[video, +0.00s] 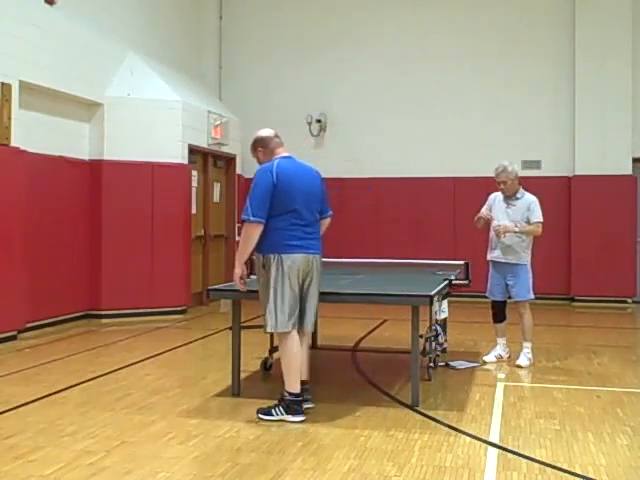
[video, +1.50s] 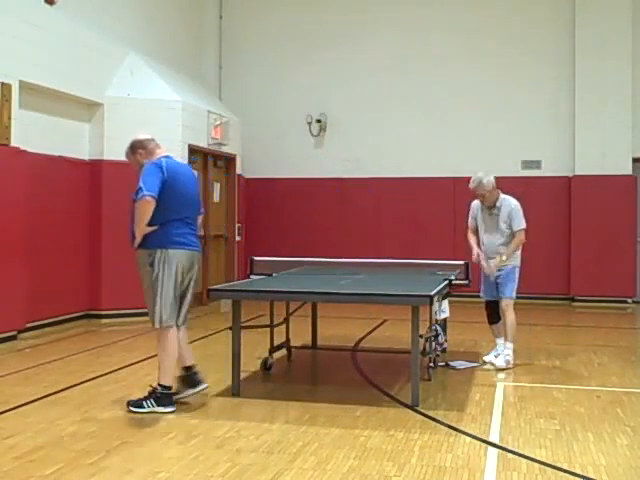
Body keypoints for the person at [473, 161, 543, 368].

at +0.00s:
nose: (501, 187)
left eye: (505, 183)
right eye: (499, 183)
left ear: (516, 181)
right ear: (497, 183)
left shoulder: (530, 201)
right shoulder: (494, 198)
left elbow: (537, 229)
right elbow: (481, 224)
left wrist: (513, 228)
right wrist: (482, 219)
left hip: (519, 261)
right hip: (497, 260)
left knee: (522, 305)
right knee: (497, 304)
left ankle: (526, 349)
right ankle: (501, 347)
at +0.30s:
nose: (498, 185)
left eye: (502, 181)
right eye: (496, 182)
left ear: (514, 180)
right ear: (495, 181)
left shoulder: (528, 201)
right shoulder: (492, 198)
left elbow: (535, 228)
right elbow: (475, 218)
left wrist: (511, 232)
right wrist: (480, 218)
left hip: (517, 261)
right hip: (494, 260)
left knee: (521, 305)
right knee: (496, 304)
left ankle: (526, 349)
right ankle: (501, 346)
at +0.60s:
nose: (495, 185)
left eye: (498, 181)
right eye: (493, 181)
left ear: (510, 180)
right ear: (492, 181)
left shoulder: (524, 201)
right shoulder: (489, 199)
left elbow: (531, 229)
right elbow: (473, 218)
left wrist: (508, 234)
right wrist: (480, 222)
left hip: (514, 261)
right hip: (492, 260)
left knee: (519, 305)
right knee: (495, 304)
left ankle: (526, 349)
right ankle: (501, 346)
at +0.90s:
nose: (490, 186)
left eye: (493, 182)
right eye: (488, 182)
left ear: (506, 180)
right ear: (488, 182)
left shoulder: (520, 202)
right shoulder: (485, 200)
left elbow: (527, 230)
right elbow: (473, 221)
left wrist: (501, 237)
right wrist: (476, 228)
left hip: (510, 262)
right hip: (489, 261)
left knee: (516, 304)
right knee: (493, 304)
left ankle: (526, 349)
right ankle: (500, 346)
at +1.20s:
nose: (486, 190)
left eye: (489, 185)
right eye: (484, 186)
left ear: (501, 182)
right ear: (483, 185)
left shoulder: (516, 202)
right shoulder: (481, 201)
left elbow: (524, 231)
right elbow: (469, 224)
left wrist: (500, 241)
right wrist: (473, 231)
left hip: (507, 262)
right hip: (486, 262)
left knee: (507, 303)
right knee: (491, 305)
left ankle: (521, 347)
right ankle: (500, 347)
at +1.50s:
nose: (480, 200)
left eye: (483, 195)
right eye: (478, 196)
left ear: (494, 190)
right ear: (477, 193)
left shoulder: (511, 205)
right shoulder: (476, 206)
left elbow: (520, 236)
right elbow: (471, 231)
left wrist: (504, 257)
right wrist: (475, 249)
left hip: (508, 263)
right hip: (487, 263)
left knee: (506, 305)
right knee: (490, 306)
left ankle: (508, 350)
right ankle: (499, 346)